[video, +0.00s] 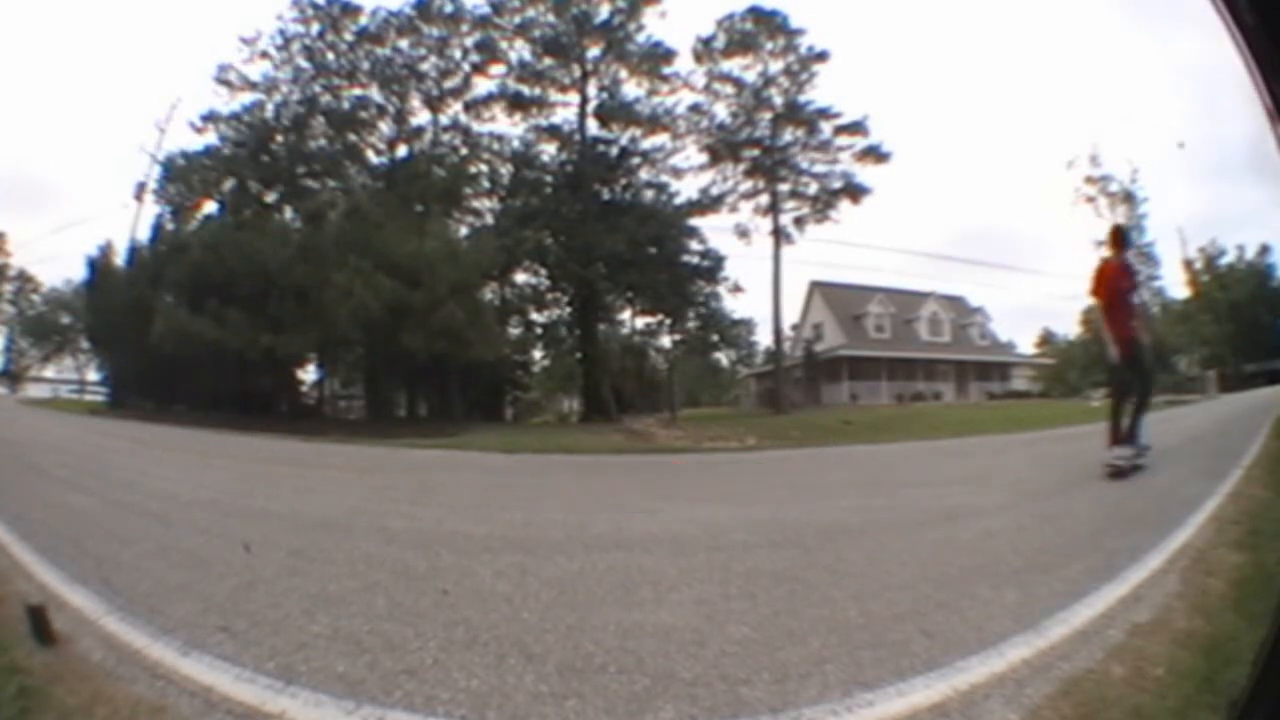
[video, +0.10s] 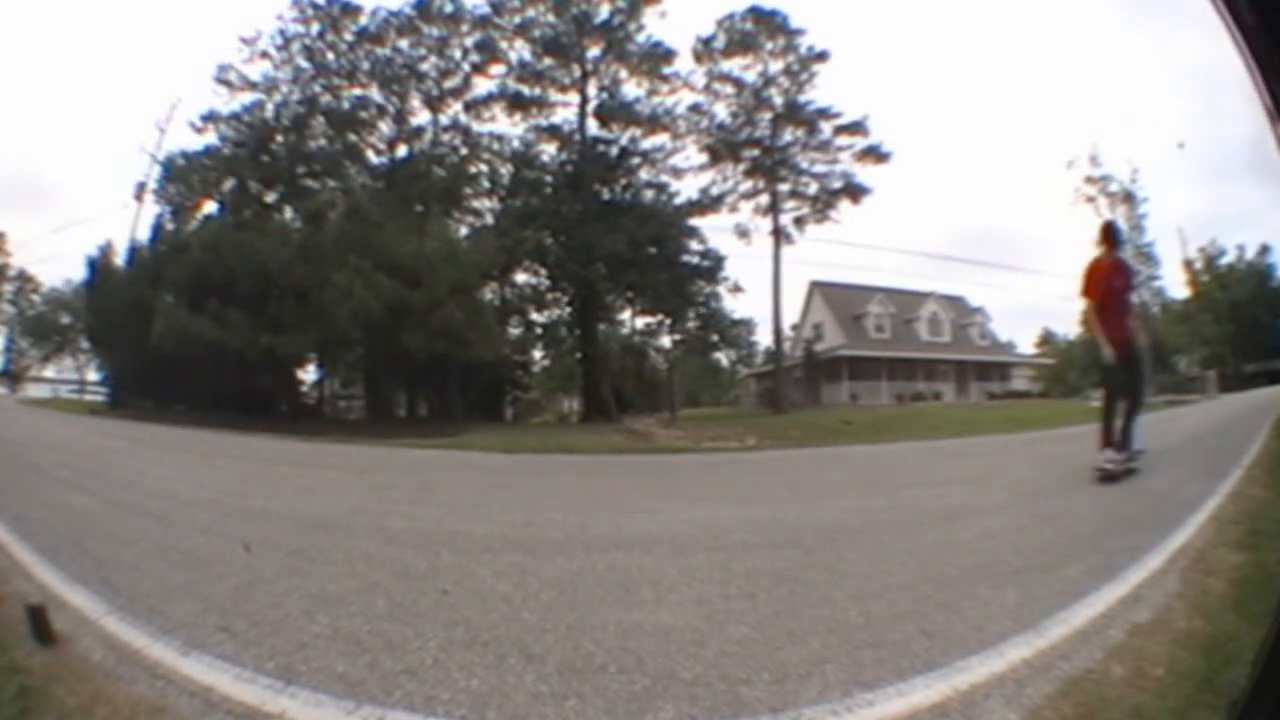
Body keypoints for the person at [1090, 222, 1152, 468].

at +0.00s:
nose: (1123, 248)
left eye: (1124, 244)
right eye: (1120, 244)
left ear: (1125, 244)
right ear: (1115, 243)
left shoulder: (1127, 269)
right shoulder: (1106, 268)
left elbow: (1133, 306)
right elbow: (1099, 308)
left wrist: (1143, 336)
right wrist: (1110, 344)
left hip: (1130, 335)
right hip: (1114, 337)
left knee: (1144, 382)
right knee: (1120, 387)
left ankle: (1131, 435)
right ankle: (1116, 437)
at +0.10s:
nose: (1114, 243)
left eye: (1116, 238)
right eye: (1111, 238)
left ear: (1117, 239)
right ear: (1106, 239)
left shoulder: (1123, 268)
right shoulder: (1097, 267)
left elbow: (1128, 308)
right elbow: (1090, 310)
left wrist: (1140, 338)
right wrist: (1104, 345)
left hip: (1124, 336)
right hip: (1106, 337)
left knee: (1134, 391)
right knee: (1111, 391)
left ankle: (1124, 445)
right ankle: (1107, 445)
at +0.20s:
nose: (1106, 241)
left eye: (1108, 236)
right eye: (1103, 236)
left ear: (1108, 236)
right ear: (1098, 235)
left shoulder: (1114, 262)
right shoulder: (1086, 263)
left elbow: (1125, 304)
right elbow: (1083, 314)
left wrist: (1135, 336)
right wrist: (1097, 345)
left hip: (1118, 335)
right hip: (1095, 336)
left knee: (1131, 386)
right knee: (1100, 390)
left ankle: (1119, 443)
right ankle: (1098, 448)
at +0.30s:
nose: (1095, 235)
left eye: (1097, 230)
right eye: (1090, 230)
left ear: (1099, 231)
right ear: (1084, 232)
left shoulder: (1105, 260)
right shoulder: (1075, 262)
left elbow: (1121, 296)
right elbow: (1072, 314)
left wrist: (1127, 330)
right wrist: (1091, 348)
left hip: (1106, 327)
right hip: (1083, 331)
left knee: (1127, 379)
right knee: (1089, 387)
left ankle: (1110, 443)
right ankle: (1088, 452)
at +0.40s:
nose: (1082, 237)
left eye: (1083, 230)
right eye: (1078, 231)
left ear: (1085, 231)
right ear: (1073, 232)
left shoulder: (1096, 259)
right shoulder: (1064, 263)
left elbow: (1114, 293)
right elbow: (1062, 318)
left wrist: (1120, 328)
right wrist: (1081, 354)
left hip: (1096, 329)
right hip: (1072, 332)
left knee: (1119, 385)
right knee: (1079, 389)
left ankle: (1098, 449)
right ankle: (1075, 455)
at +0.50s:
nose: (1067, 233)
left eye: (1070, 227)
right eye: (1063, 228)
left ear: (1074, 228)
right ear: (1057, 230)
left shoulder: (1085, 257)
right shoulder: (1051, 262)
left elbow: (1104, 293)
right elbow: (1050, 318)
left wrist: (1118, 322)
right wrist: (1064, 361)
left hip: (1086, 332)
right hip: (1062, 335)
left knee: (1110, 388)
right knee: (1066, 392)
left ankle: (1090, 451)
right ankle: (1063, 459)